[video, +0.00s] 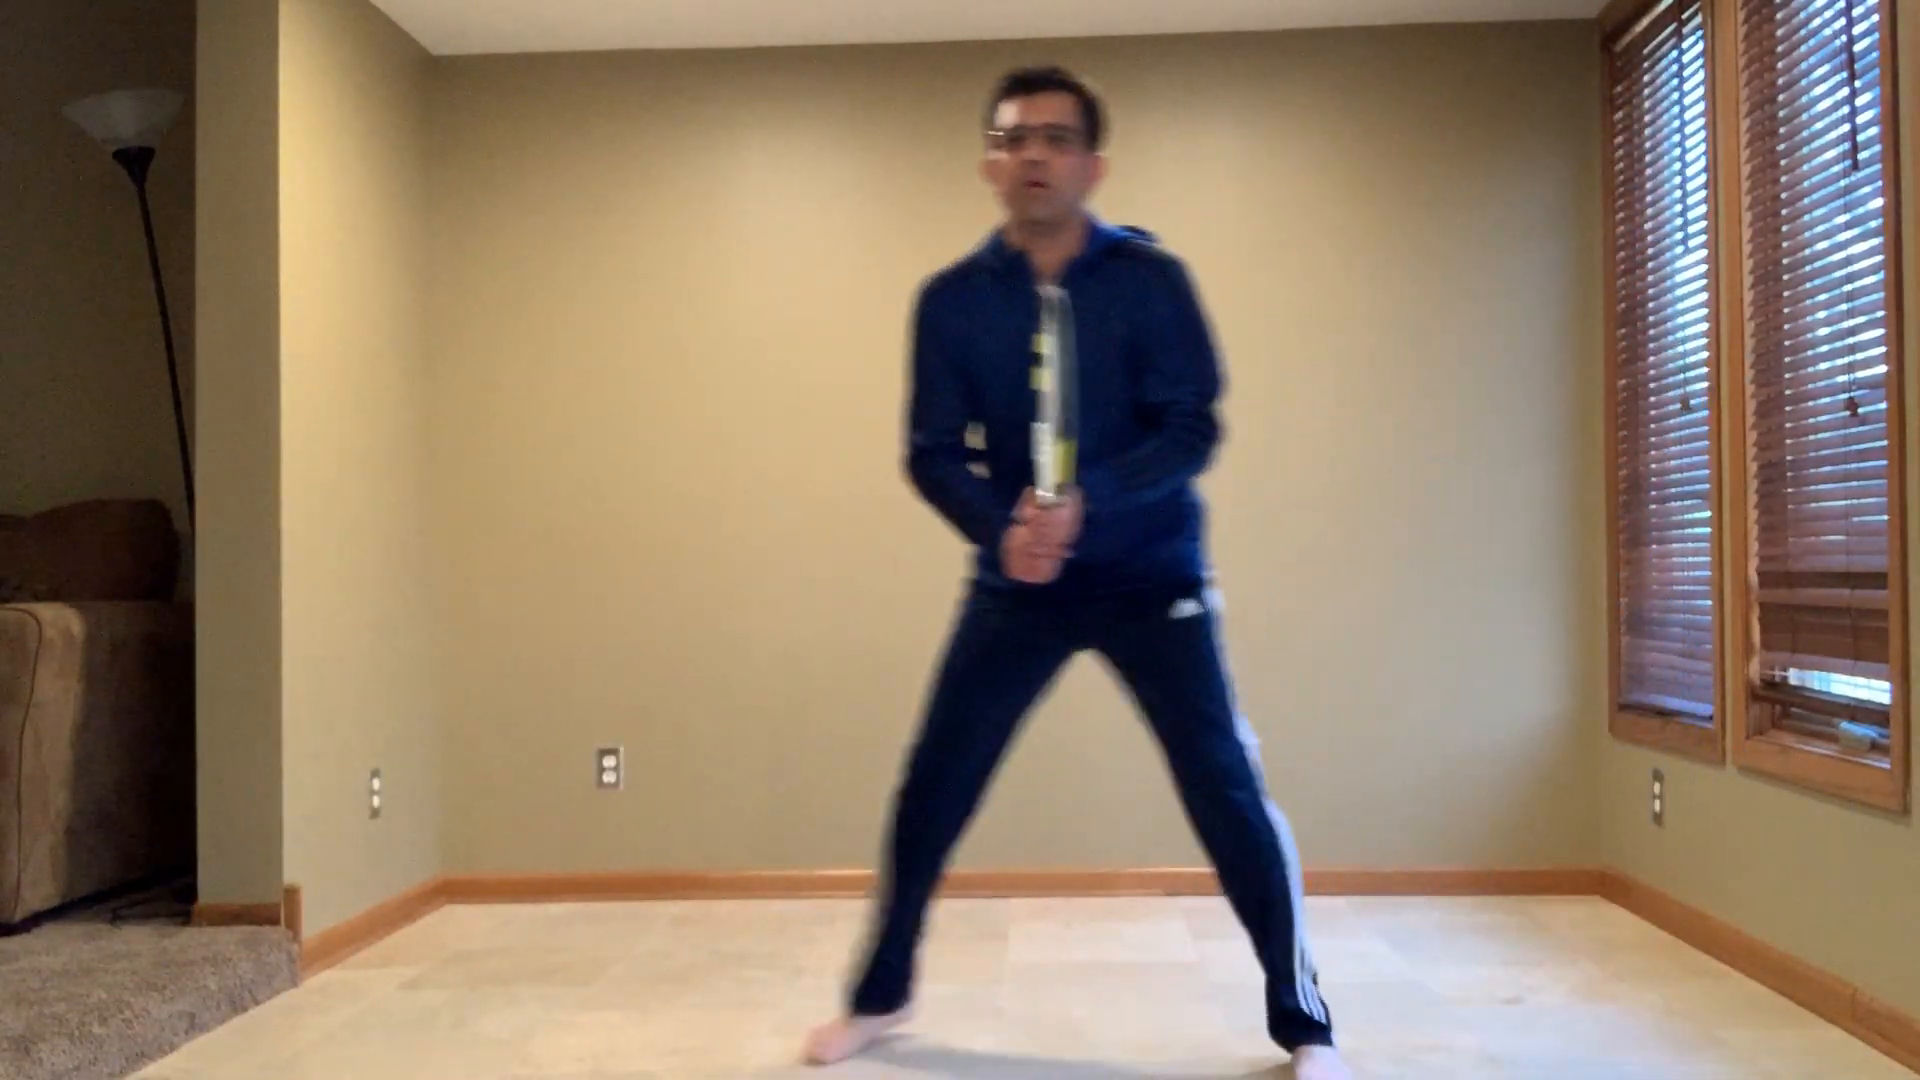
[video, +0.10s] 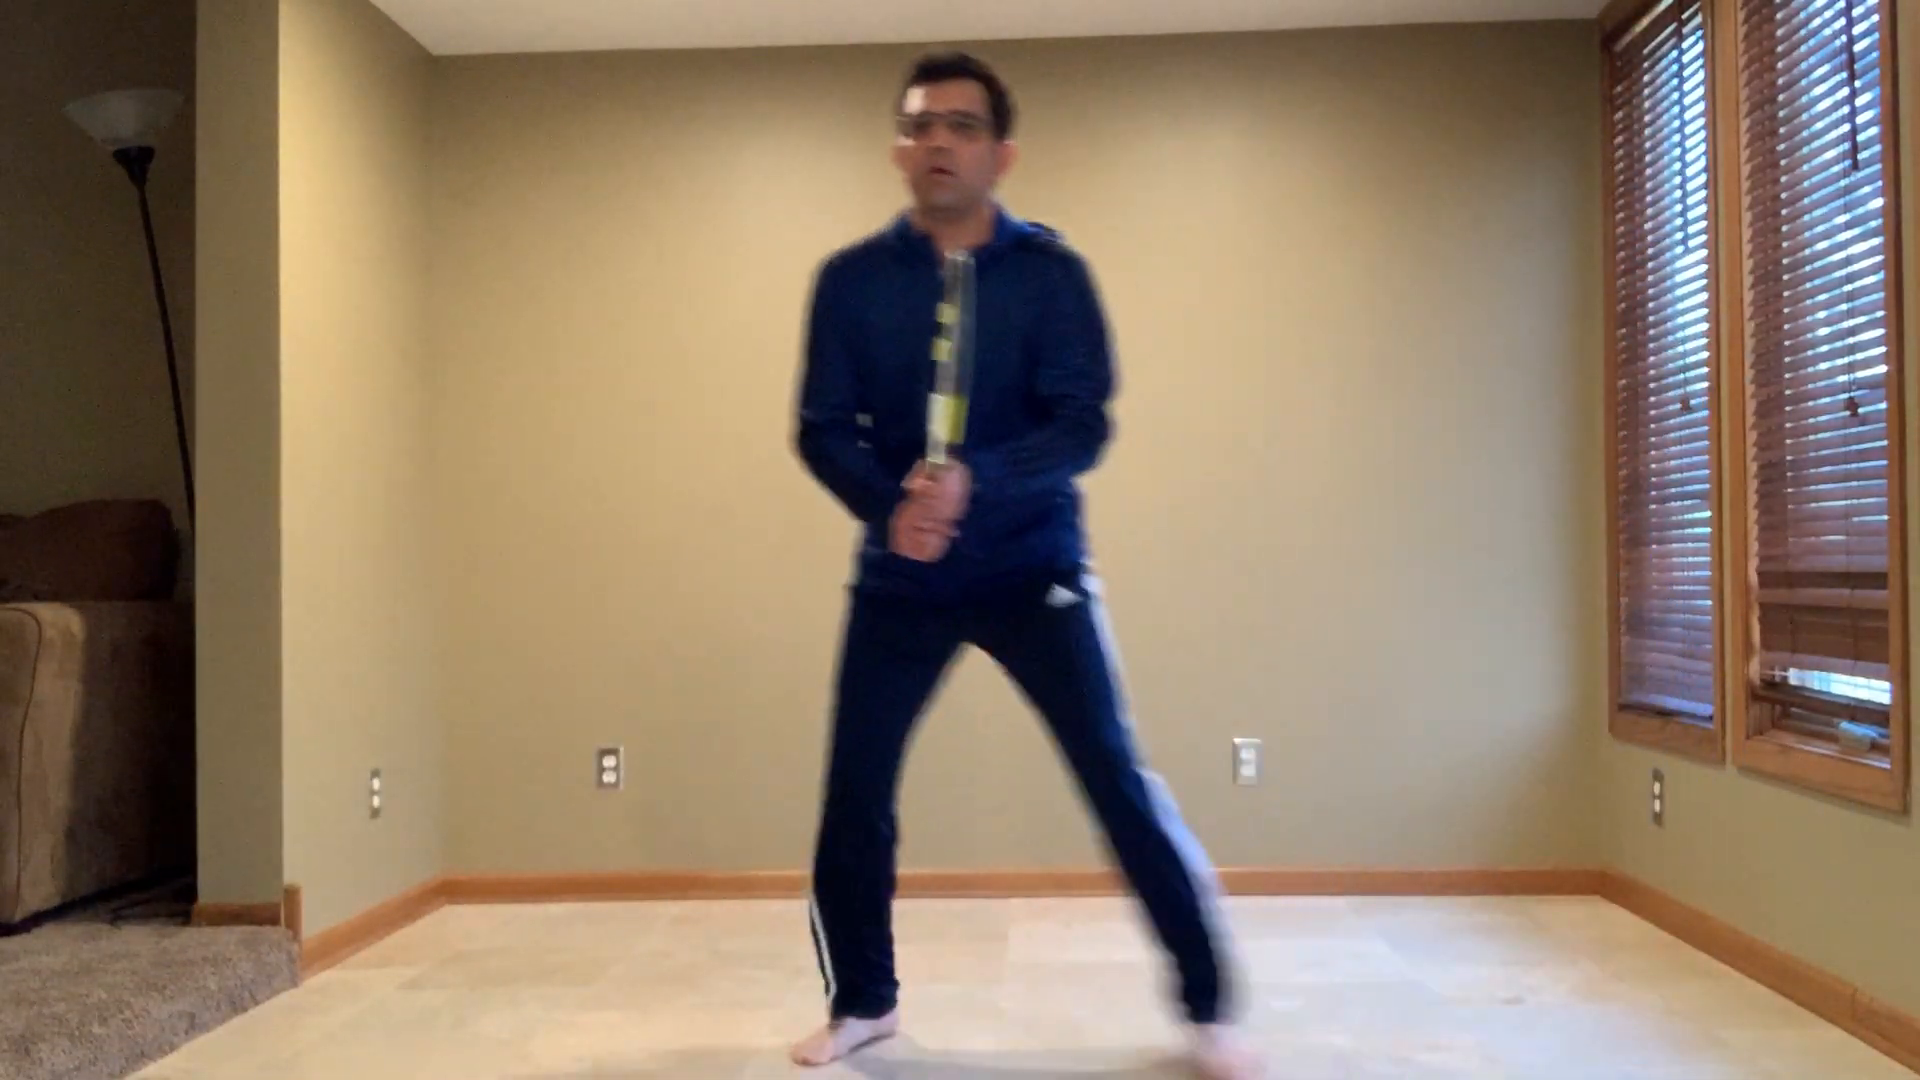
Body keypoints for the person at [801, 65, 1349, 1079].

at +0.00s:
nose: (1028, 157)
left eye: (1052, 140)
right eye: (1010, 139)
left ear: (1094, 164)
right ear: (986, 161)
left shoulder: (1150, 279)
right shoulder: (951, 299)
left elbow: (1193, 429)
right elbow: (932, 455)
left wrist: (1085, 507)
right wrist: (996, 526)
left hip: (1151, 586)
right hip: (1015, 591)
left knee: (1226, 786)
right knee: (931, 788)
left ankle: (1302, 1018)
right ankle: (876, 1001)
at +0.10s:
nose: (934, 145)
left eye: (960, 127)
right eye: (917, 127)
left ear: (1003, 149)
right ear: (897, 147)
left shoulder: (1050, 273)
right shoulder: (851, 279)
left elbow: (1082, 423)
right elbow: (822, 427)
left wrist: (973, 481)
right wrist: (885, 504)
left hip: (1032, 576)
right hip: (901, 582)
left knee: (1114, 779)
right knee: (854, 792)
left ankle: (1211, 1011)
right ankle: (862, 1007)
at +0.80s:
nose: (466, 202)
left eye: (494, 187)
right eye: (452, 182)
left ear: (535, 212)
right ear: (431, 196)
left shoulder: (571, 337)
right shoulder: (363, 310)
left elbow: (595, 489)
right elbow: (323, 449)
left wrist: (477, 533)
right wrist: (394, 541)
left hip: (523, 613)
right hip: (383, 608)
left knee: (559, 801)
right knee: (300, 794)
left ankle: (551, 995)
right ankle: (231, 1005)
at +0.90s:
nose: (447, 247)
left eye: (475, 234)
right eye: (432, 228)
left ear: (514, 263)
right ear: (409, 241)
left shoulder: (544, 379)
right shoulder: (337, 348)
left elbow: (554, 533)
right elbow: (288, 490)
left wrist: (449, 596)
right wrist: (353, 600)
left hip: (494, 616)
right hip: (358, 612)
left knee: (544, 786)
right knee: (273, 796)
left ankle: (554, 989)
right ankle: (238, 1012)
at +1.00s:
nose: (479, 272)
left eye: (506, 258)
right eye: (464, 250)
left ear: (540, 288)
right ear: (435, 259)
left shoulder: (559, 398)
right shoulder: (354, 363)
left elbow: (555, 542)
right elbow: (302, 511)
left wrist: (483, 615)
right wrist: (373, 631)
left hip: (494, 618)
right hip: (357, 609)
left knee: (568, 778)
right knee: (259, 814)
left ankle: (550, 985)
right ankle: (239, 1014)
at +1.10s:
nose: (569, 272)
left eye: (594, 259)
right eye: (554, 250)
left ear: (619, 284)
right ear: (517, 255)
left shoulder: (621, 403)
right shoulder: (425, 353)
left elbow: (596, 538)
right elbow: (370, 517)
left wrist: (553, 609)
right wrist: (449, 636)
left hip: (520, 625)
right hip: (385, 608)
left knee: (602, 776)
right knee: (281, 825)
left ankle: (549, 986)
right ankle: (237, 1018)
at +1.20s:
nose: (686, 261)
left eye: (709, 249)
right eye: (670, 236)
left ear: (726, 270)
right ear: (626, 237)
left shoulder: (707, 387)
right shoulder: (529, 330)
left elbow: (678, 525)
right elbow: (468, 489)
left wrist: (638, 608)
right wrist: (545, 629)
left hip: (575, 610)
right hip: (453, 590)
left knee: (616, 791)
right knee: (347, 797)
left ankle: (533, 1008)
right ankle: (225, 1012)